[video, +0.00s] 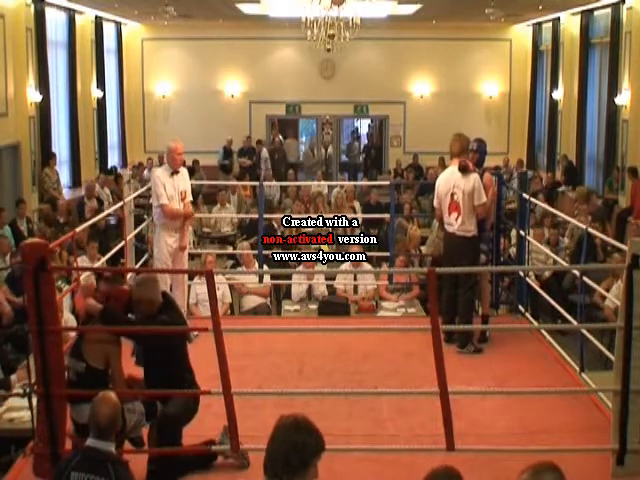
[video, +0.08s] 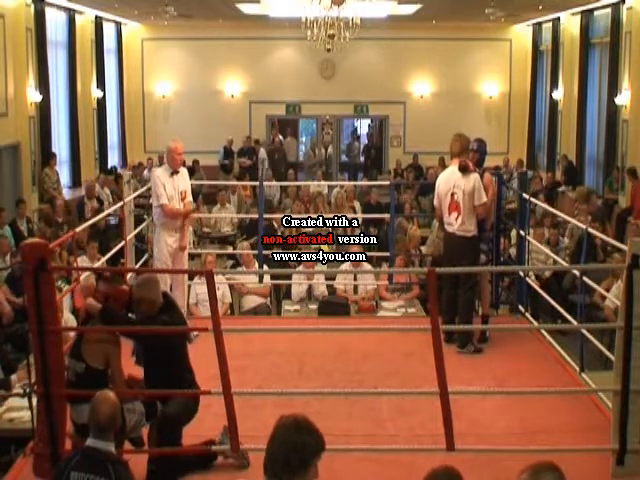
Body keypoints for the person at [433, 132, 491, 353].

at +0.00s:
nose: (467, 155)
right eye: (468, 151)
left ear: (449, 152)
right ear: (468, 152)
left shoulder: (442, 178)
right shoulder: (473, 178)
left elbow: (438, 212)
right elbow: (481, 211)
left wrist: (447, 226)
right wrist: (491, 193)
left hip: (449, 235)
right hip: (468, 236)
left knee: (449, 282)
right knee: (467, 285)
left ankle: (448, 328)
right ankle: (465, 336)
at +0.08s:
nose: (469, 155)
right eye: (469, 151)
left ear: (450, 152)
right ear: (468, 152)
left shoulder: (442, 177)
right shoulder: (473, 178)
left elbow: (438, 211)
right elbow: (481, 211)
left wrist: (447, 226)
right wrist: (490, 193)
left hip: (449, 235)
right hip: (468, 236)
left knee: (449, 282)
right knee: (468, 284)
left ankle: (448, 328)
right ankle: (464, 336)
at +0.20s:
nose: (471, 156)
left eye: (468, 152)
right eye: (471, 152)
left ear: (451, 153)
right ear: (470, 153)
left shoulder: (442, 177)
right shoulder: (473, 178)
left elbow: (438, 210)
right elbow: (481, 211)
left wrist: (446, 226)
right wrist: (490, 191)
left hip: (449, 235)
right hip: (468, 236)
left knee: (449, 282)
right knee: (467, 284)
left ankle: (448, 327)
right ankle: (464, 336)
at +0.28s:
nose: (471, 156)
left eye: (469, 153)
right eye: (471, 153)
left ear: (452, 153)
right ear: (471, 154)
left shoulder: (442, 177)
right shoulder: (474, 178)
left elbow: (438, 210)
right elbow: (481, 211)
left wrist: (446, 226)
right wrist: (489, 190)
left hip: (449, 235)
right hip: (468, 236)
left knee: (449, 282)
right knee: (467, 284)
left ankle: (448, 327)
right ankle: (464, 335)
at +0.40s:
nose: (473, 156)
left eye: (470, 153)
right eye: (472, 153)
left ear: (453, 153)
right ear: (471, 154)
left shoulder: (443, 176)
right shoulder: (474, 177)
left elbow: (439, 209)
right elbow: (481, 211)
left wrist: (446, 227)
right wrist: (489, 192)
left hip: (449, 236)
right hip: (468, 236)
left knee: (449, 282)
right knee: (467, 285)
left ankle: (448, 327)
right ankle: (464, 336)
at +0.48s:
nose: (472, 156)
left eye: (469, 153)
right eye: (472, 153)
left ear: (453, 152)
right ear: (471, 153)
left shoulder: (443, 176)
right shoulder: (474, 178)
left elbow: (439, 209)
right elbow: (482, 211)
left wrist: (446, 227)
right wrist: (489, 191)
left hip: (449, 235)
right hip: (468, 236)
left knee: (449, 282)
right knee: (467, 285)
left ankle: (448, 327)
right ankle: (464, 336)